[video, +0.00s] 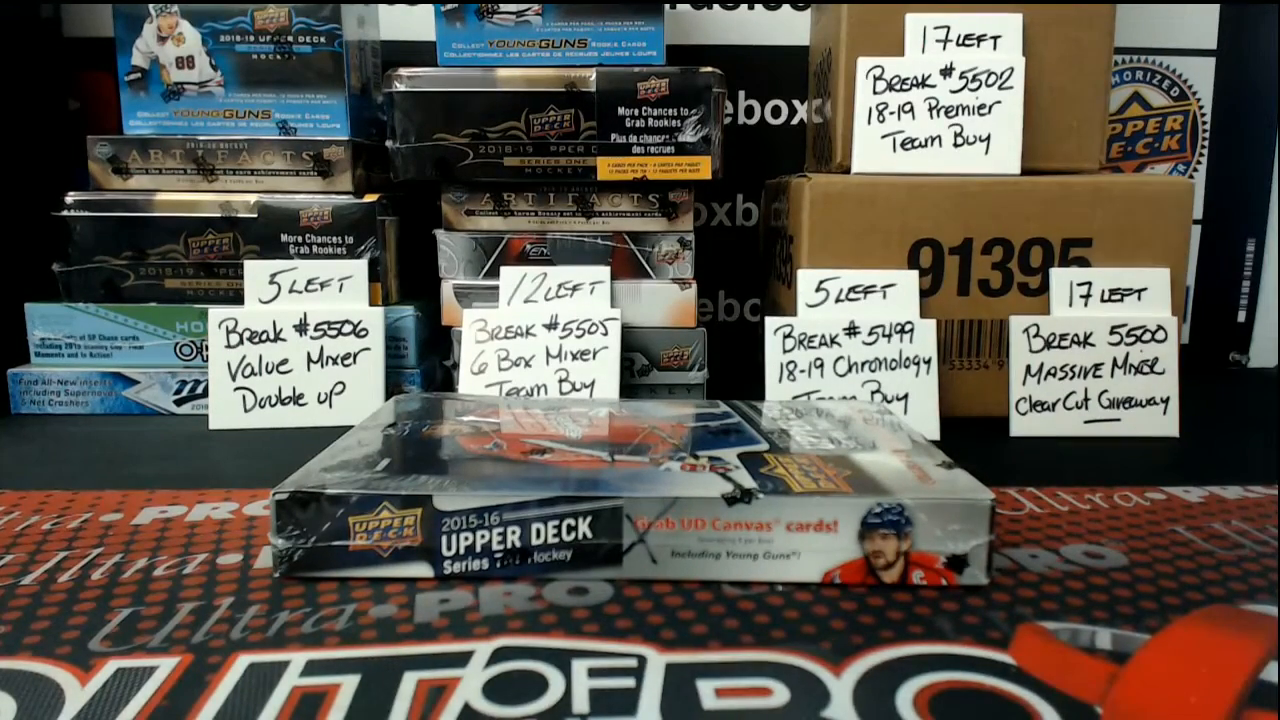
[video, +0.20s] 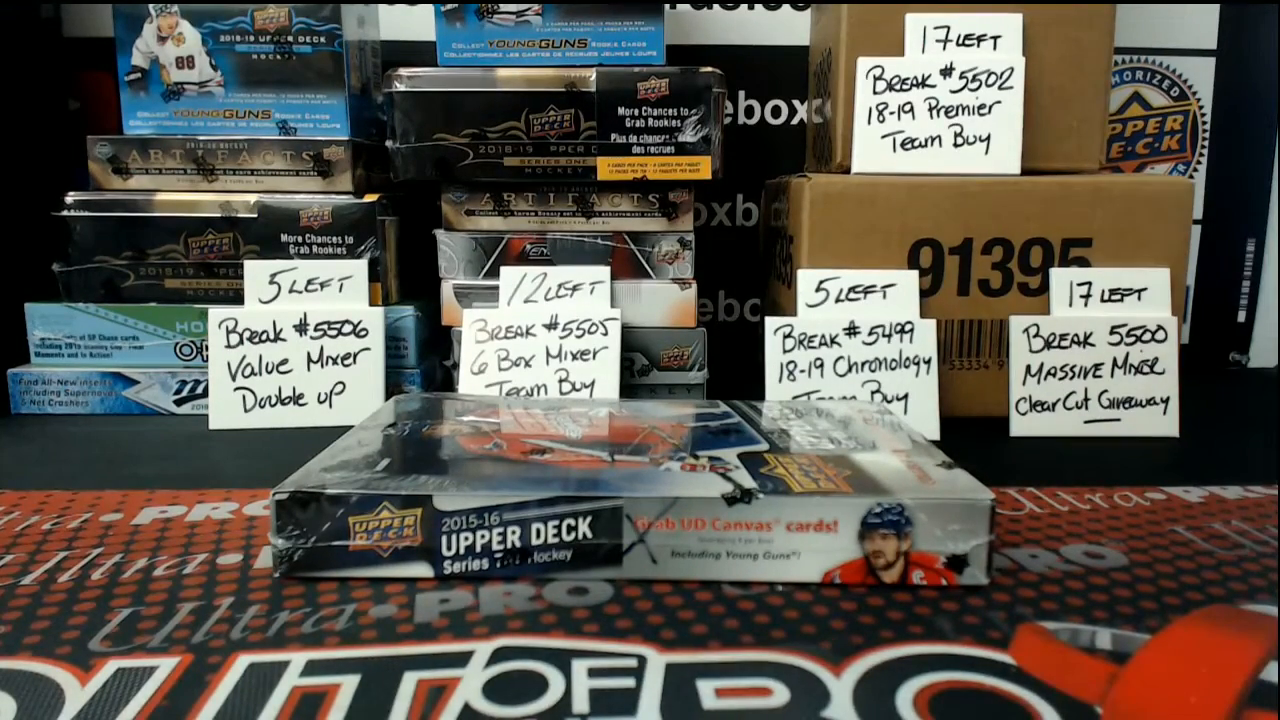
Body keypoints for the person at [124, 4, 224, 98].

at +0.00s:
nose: (170, 22)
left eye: (173, 17)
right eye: (164, 18)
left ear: (178, 17)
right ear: (156, 20)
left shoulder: (186, 35)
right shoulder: (150, 28)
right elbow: (141, 50)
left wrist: (179, 88)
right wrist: (137, 74)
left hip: (209, 84)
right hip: (182, 85)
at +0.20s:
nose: (170, 22)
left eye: (173, 17)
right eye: (164, 18)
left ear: (178, 17)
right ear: (156, 20)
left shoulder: (186, 35)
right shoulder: (150, 28)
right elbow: (141, 50)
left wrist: (179, 89)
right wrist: (137, 74)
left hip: (209, 84)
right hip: (181, 85)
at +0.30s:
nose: (170, 22)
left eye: (173, 17)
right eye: (164, 18)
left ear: (178, 17)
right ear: (156, 20)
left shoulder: (186, 35)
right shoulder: (150, 28)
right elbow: (141, 50)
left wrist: (179, 89)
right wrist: (137, 74)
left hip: (209, 84)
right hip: (181, 85)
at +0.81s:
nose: (170, 22)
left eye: (173, 17)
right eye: (164, 18)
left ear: (178, 17)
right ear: (156, 20)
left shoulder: (185, 35)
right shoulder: (150, 28)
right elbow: (141, 50)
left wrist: (178, 89)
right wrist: (136, 74)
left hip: (209, 84)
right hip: (181, 84)